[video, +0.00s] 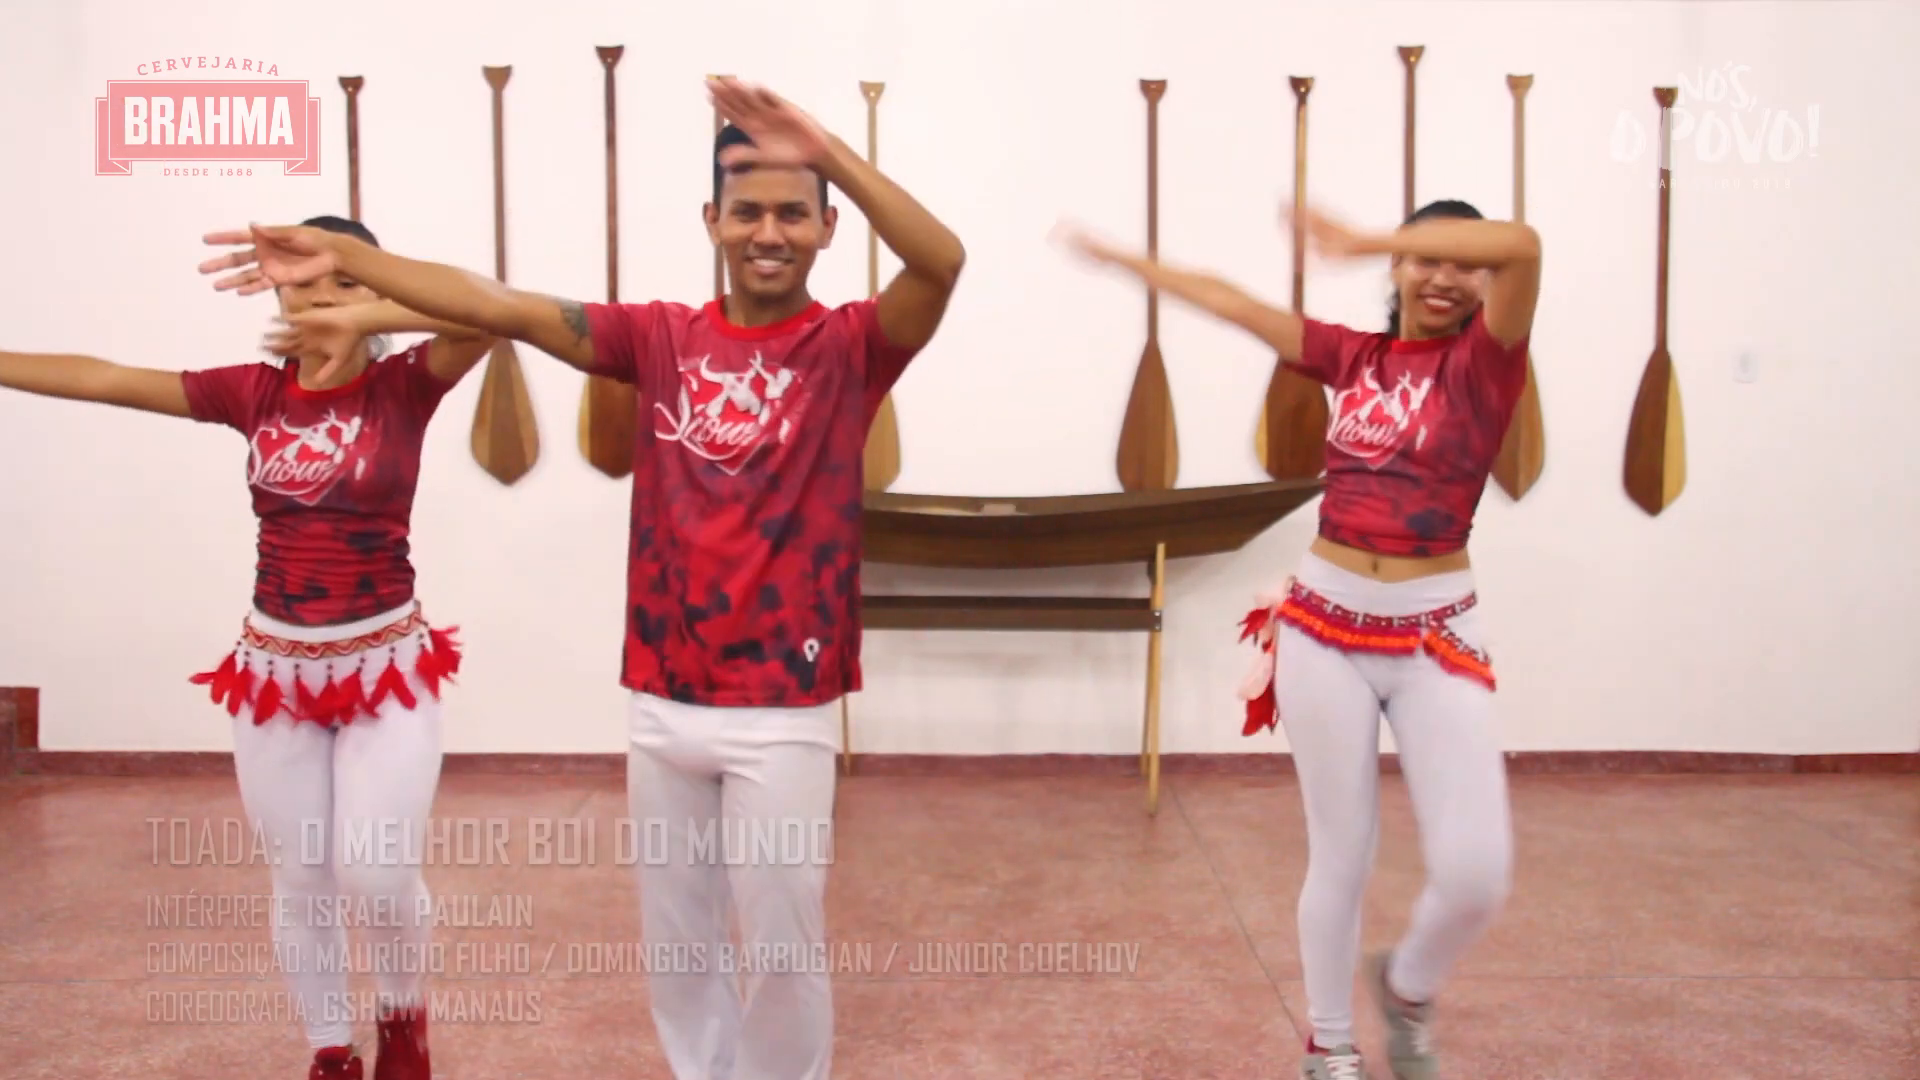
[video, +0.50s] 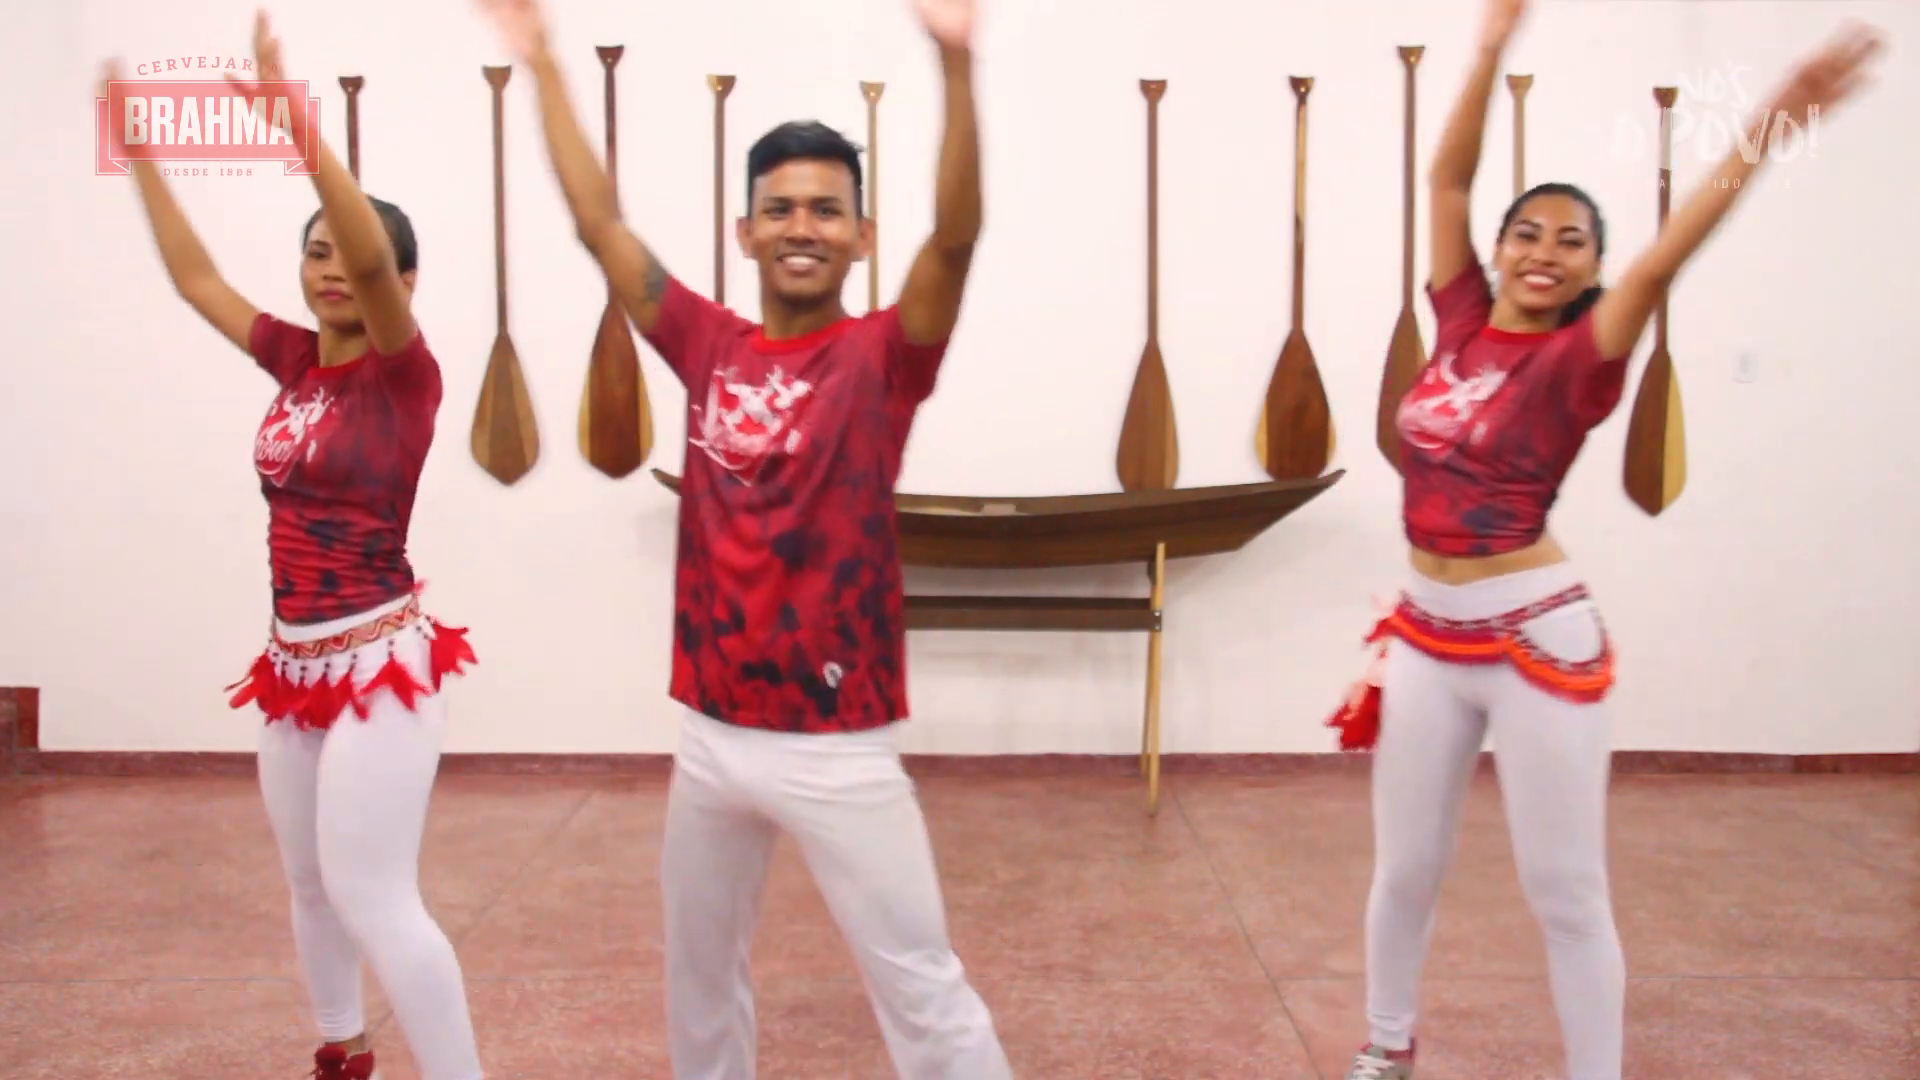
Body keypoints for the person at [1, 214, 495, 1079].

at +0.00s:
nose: (313, 298)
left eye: (335, 283)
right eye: (302, 281)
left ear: (375, 302)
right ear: (285, 297)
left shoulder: (403, 387)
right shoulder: (253, 391)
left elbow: (489, 317)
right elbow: (101, 377)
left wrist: (368, 282)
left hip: (389, 673)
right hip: (276, 677)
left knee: (375, 869)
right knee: (301, 881)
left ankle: (403, 1019)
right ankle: (333, 1056)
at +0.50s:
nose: (330, 271)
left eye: (353, 258)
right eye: (318, 254)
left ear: (398, 281)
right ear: (298, 269)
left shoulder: (400, 380)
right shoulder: (295, 359)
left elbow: (381, 272)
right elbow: (195, 276)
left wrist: (302, 130)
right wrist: (136, 151)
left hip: (384, 667)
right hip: (294, 670)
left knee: (373, 891)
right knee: (311, 884)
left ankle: (459, 1077)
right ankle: (342, 1058)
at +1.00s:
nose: (373, 290)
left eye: (394, 273)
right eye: (365, 272)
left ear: (452, 288)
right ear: (353, 281)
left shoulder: (455, 393)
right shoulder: (370, 361)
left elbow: (436, 313)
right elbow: (312, 284)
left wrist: (388, 183)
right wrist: (292, 213)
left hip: (458, 692)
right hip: (390, 690)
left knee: (447, 940)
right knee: (281, 846)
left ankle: (483, 1079)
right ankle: (434, 989)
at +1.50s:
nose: (363, 276)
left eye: (383, 259)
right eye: (361, 257)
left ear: (446, 285)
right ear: (426, 292)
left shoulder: (436, 382)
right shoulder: (434, 375)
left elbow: (341, 283)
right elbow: (352, 254)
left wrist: (238, 156)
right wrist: (254, 159)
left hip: (450, 687)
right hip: (445, 676)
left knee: (444, 933)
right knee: (443, 902)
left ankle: (488, 1072)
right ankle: (493, 1017)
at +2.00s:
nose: (348, 297)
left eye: (371, 285)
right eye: (342, 280)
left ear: (424, 304)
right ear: (338, 298)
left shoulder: (430, 400)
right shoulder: (370, 401)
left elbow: (398, 303)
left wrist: (289, 228)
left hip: (421, 678)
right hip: (357, 679)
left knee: (435, 894)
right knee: (366, 855)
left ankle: (474, 1070)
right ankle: (426, 995)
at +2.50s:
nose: (411, 293)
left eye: (423, 277)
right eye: (388, 278)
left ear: (437, 291)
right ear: (349, 295)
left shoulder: (459, 365)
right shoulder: (329, 394)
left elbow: (528, 267)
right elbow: (199, 387)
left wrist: (432, 209)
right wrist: (78, 343)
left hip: (470, 633)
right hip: (382, 640)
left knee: (444, 821)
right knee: (386, 827)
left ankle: (495, 1011)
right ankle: (441, 1000)